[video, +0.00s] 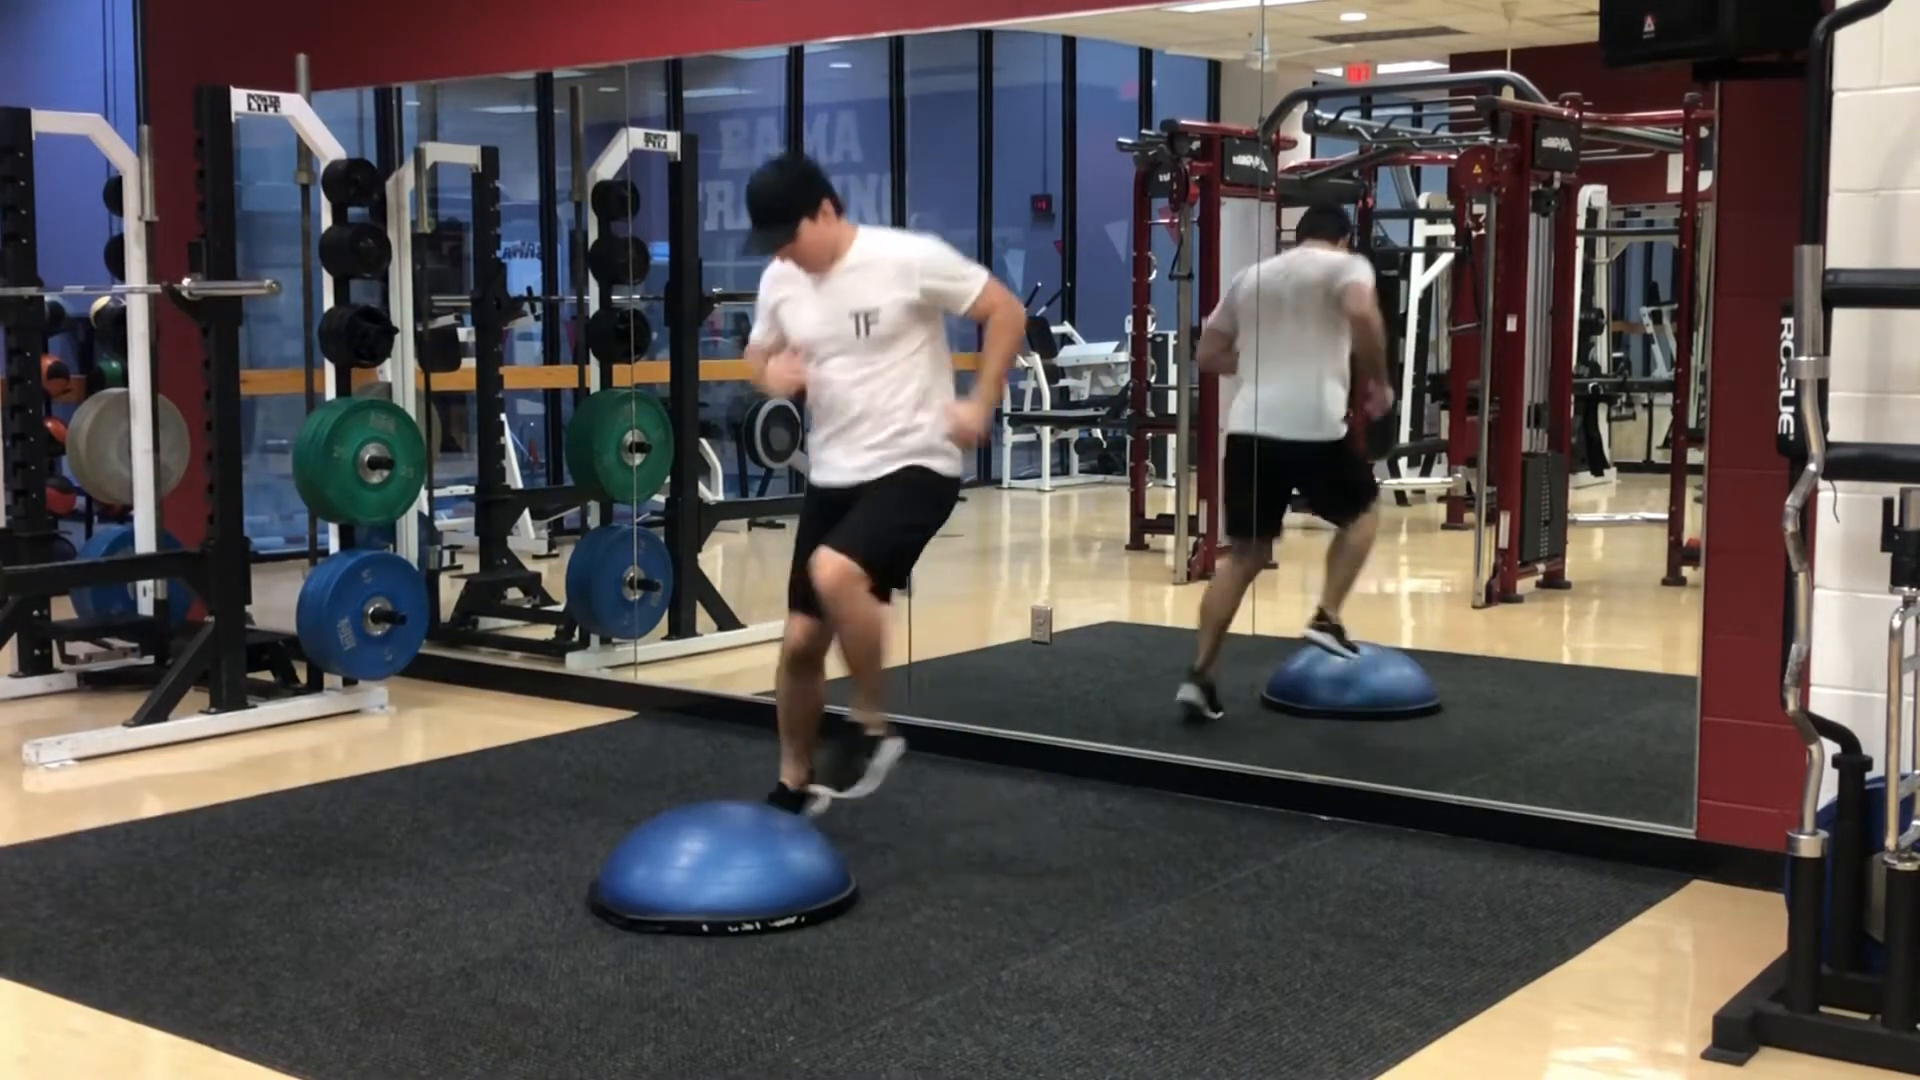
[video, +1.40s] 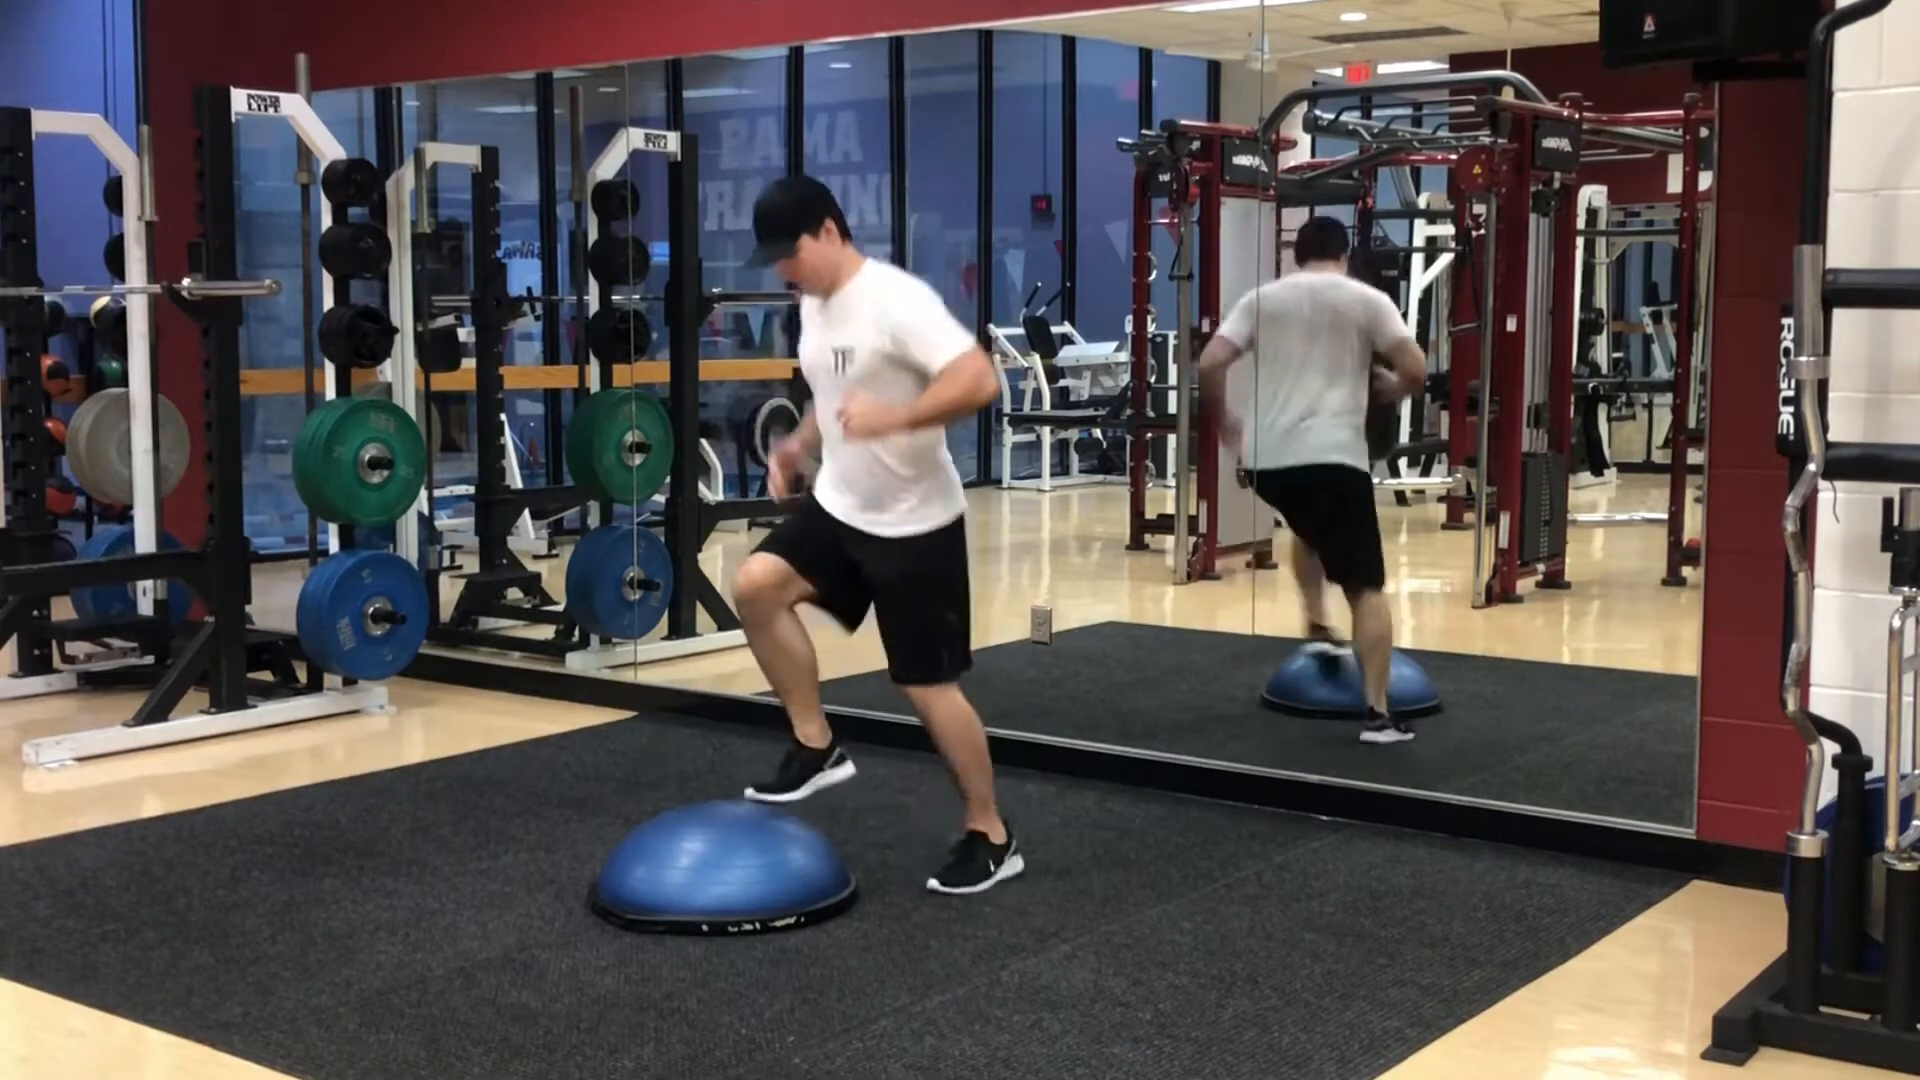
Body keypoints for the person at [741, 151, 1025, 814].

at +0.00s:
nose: (783, 254)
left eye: (789, 238)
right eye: (775, 244)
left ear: (826, 211)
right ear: (774, 235)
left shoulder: (909, 258)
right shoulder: (779, 279)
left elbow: (1007, 311)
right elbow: (760, 362)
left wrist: (982, 402)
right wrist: (774, 375)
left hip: (916, 462)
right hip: (834, 476)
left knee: (837, 571)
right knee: (801, 642)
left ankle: (872, 724)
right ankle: (794, 784)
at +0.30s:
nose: (788, 237)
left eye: (794, 220)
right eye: (781, 225)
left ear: (831, 194)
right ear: (789, 214)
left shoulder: (913, 242)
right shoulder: (790, 268)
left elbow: (1009, 295)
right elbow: (780, 344)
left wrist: (949, 357)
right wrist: (775, 379)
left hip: (922, 462)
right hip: (839, 469)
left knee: (877, 603)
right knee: (795, 623)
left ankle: (947, 763)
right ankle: (800, 766)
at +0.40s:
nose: (802, 247)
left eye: (807, 231)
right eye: (795, 237)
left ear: (842, 202)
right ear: (799, 223)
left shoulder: (924, 256)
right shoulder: (814, 269)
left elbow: (1003, 337)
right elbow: (826, 353)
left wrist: (928, 388)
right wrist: (802, 403)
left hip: (936, 481)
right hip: (857, 479)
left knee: (937, 644)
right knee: (779, 589)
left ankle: (1004, 811)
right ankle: (812, 744)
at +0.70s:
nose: (800, 250)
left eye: (803, 234)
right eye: (791, 240)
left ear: (838, 205)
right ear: (802, 221)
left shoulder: (920, 259)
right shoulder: (813, 267)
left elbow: (988, 349)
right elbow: (831, 350)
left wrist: (904, 377)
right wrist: (799, 391)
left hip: (919, 487)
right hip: (838, 480)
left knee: (919, 639)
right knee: (769, 599)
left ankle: (986, 793)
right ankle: (789, 745)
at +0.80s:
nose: (778, 251)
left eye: (783, 235)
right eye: (771, 240)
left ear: (819, 208)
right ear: (775, 228)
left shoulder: (906, 258)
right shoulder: (784, 277)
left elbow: (989, 331)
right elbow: (779, 354)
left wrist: (929, 397)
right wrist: (766, 411)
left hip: (907, 464)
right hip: (828, 471)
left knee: (843, 579)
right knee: (789, 631)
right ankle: (774, 768)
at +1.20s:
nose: (776, 240)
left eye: (779, 224)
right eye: (768, 231)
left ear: (812, 192)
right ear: (778, 212)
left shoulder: (898, 245)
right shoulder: (788, 263)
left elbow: (986, 315)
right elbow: (796, 346)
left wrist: (930, 386)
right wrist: (767, 408)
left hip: (906, 469)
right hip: (826, 468)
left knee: (882, 624)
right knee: (756, 590)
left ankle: (955, 801)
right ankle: (805, 737)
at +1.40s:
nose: (782, 274)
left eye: (786, 257)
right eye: (775, 262)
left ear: (826, 233)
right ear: (809, 243)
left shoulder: (899, 297)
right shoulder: (813, 306)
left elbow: (979, 378)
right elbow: (841, 398)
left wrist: (900, 416)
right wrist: (802, 442)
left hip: (916, 524)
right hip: (840, 512)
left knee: (927, 681)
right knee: (755, 588)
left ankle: (989, 832)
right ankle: (816, 747)